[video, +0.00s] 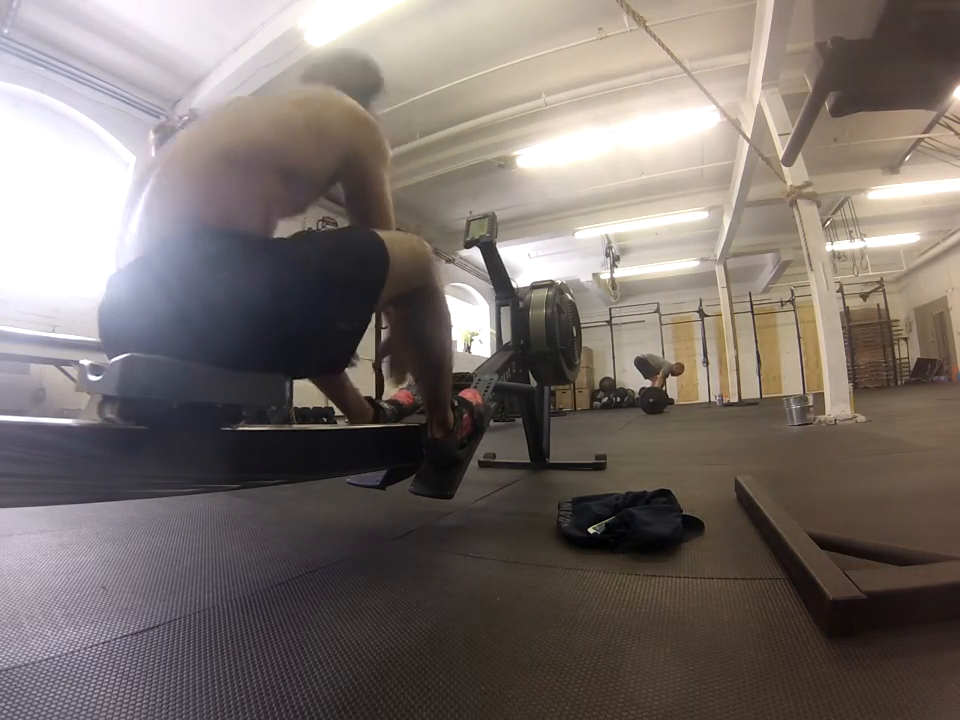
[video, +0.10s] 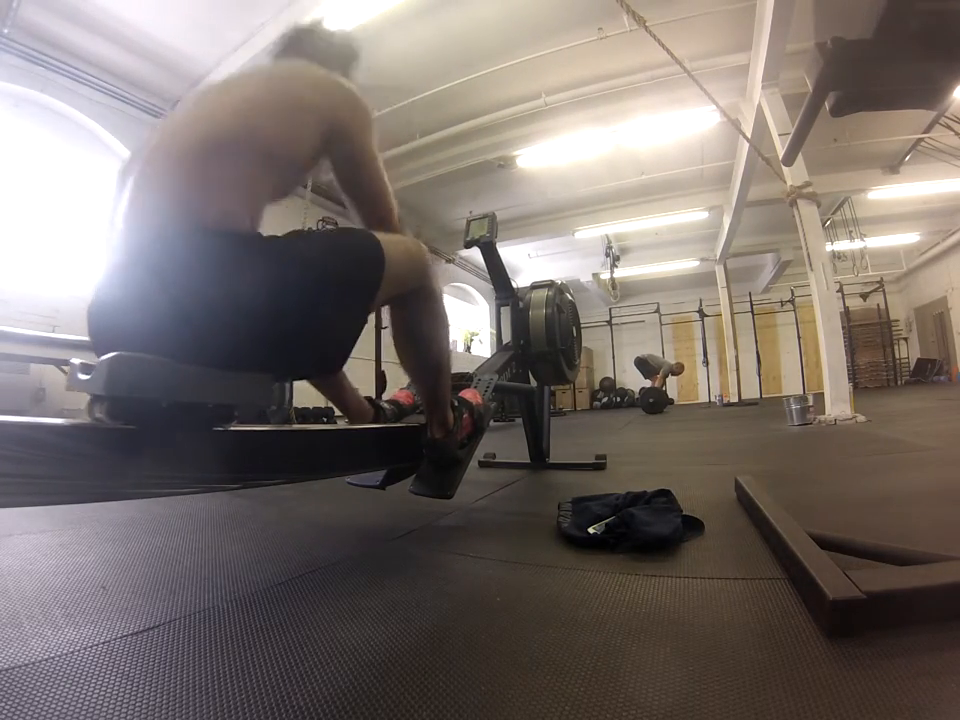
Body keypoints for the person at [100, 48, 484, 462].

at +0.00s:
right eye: (371, 105)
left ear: (307, 77)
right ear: (364, 96)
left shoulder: (239, 115)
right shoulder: (356, 125)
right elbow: (382, 257)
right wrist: (397, 335)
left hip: (126, 312)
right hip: (220, 298)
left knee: (288, 294)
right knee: (415, 263)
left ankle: (364, 418)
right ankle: (443, 426)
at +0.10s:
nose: (347, 92)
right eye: (350, 83)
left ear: (282, 56)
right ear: (338, 72)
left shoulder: (215, 95)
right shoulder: (336, 96)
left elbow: (125, 178)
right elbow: (384, 225)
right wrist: (393, 298)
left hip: (117, 309)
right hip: (212, 300)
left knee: (283, 291)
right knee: (412, 263)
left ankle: (364, 417)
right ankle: (443, 427)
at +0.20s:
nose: (328, 56)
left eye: (327, 48)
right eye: (325, 46)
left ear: (254, 29)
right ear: (315, 38)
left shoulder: (196, 76)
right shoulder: (308, 64)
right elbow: (392, 211)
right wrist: (431, 301)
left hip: (102, 305)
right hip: (195, 291)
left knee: (278, 287)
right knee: (412, 266)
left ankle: (364, 415)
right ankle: (444, 427)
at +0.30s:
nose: (311, 43)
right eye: (307, 31)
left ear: (236, 12)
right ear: (291, 15)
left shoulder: (174, 60)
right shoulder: (269, 37)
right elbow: (373, 183)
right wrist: (434, 254)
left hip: (85, 297)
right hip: (171, 279)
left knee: (279, 304)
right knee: (402, 275)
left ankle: (362, 414)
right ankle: (445, 426)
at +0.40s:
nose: (281, 40)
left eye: (282, 36)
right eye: (278, 29)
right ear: (257, 6)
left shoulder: (150, 47)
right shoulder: (225, 17)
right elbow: (318, 155)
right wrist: (418, 259)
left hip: (73, 286)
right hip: (142, 269)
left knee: (274, 309)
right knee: (389, 280)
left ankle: (367, 421)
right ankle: (445, 429)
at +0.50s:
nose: (243, 35)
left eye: (245, 32)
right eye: (240, 24)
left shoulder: (107, 48)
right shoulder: (184, 12)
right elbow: (210, 101)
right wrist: (302, 262)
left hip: (56, 286)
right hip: (129, 272)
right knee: (376, 289)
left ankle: (359, 413)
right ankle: (445, 428)